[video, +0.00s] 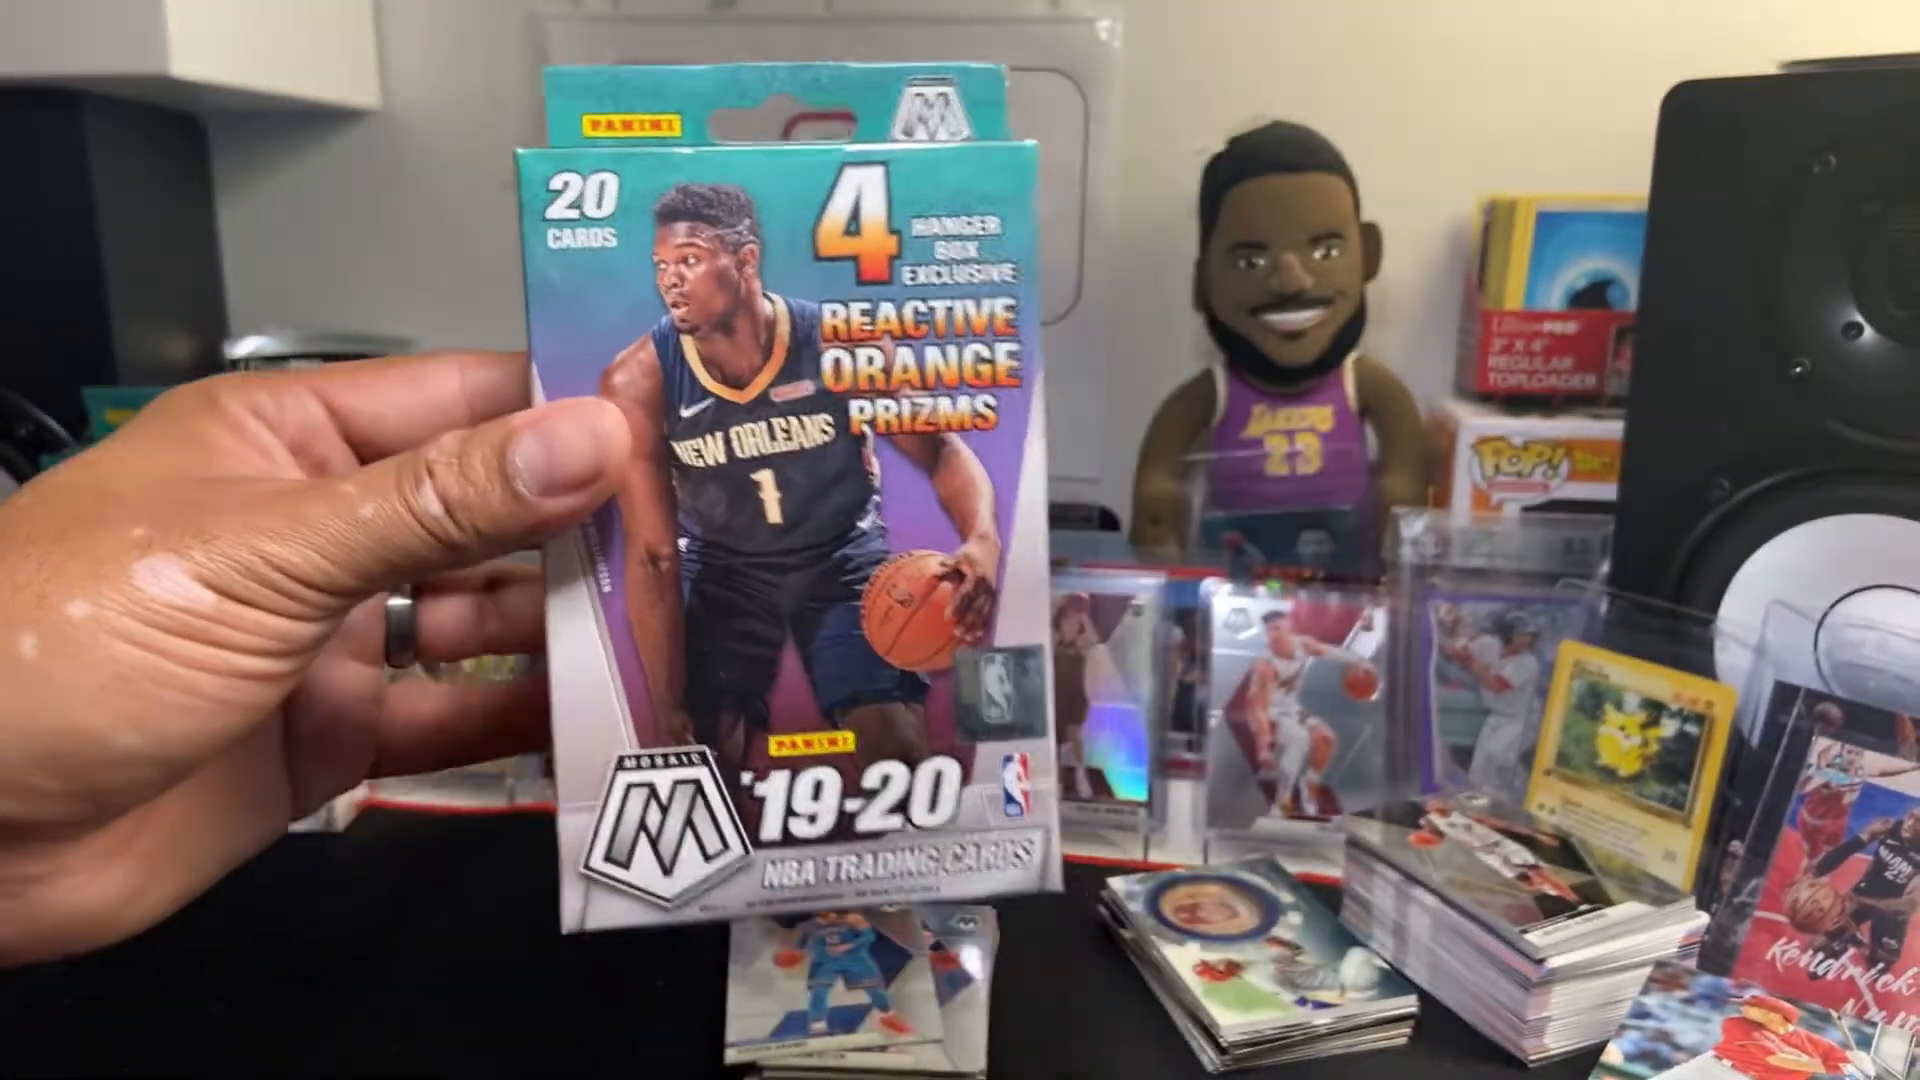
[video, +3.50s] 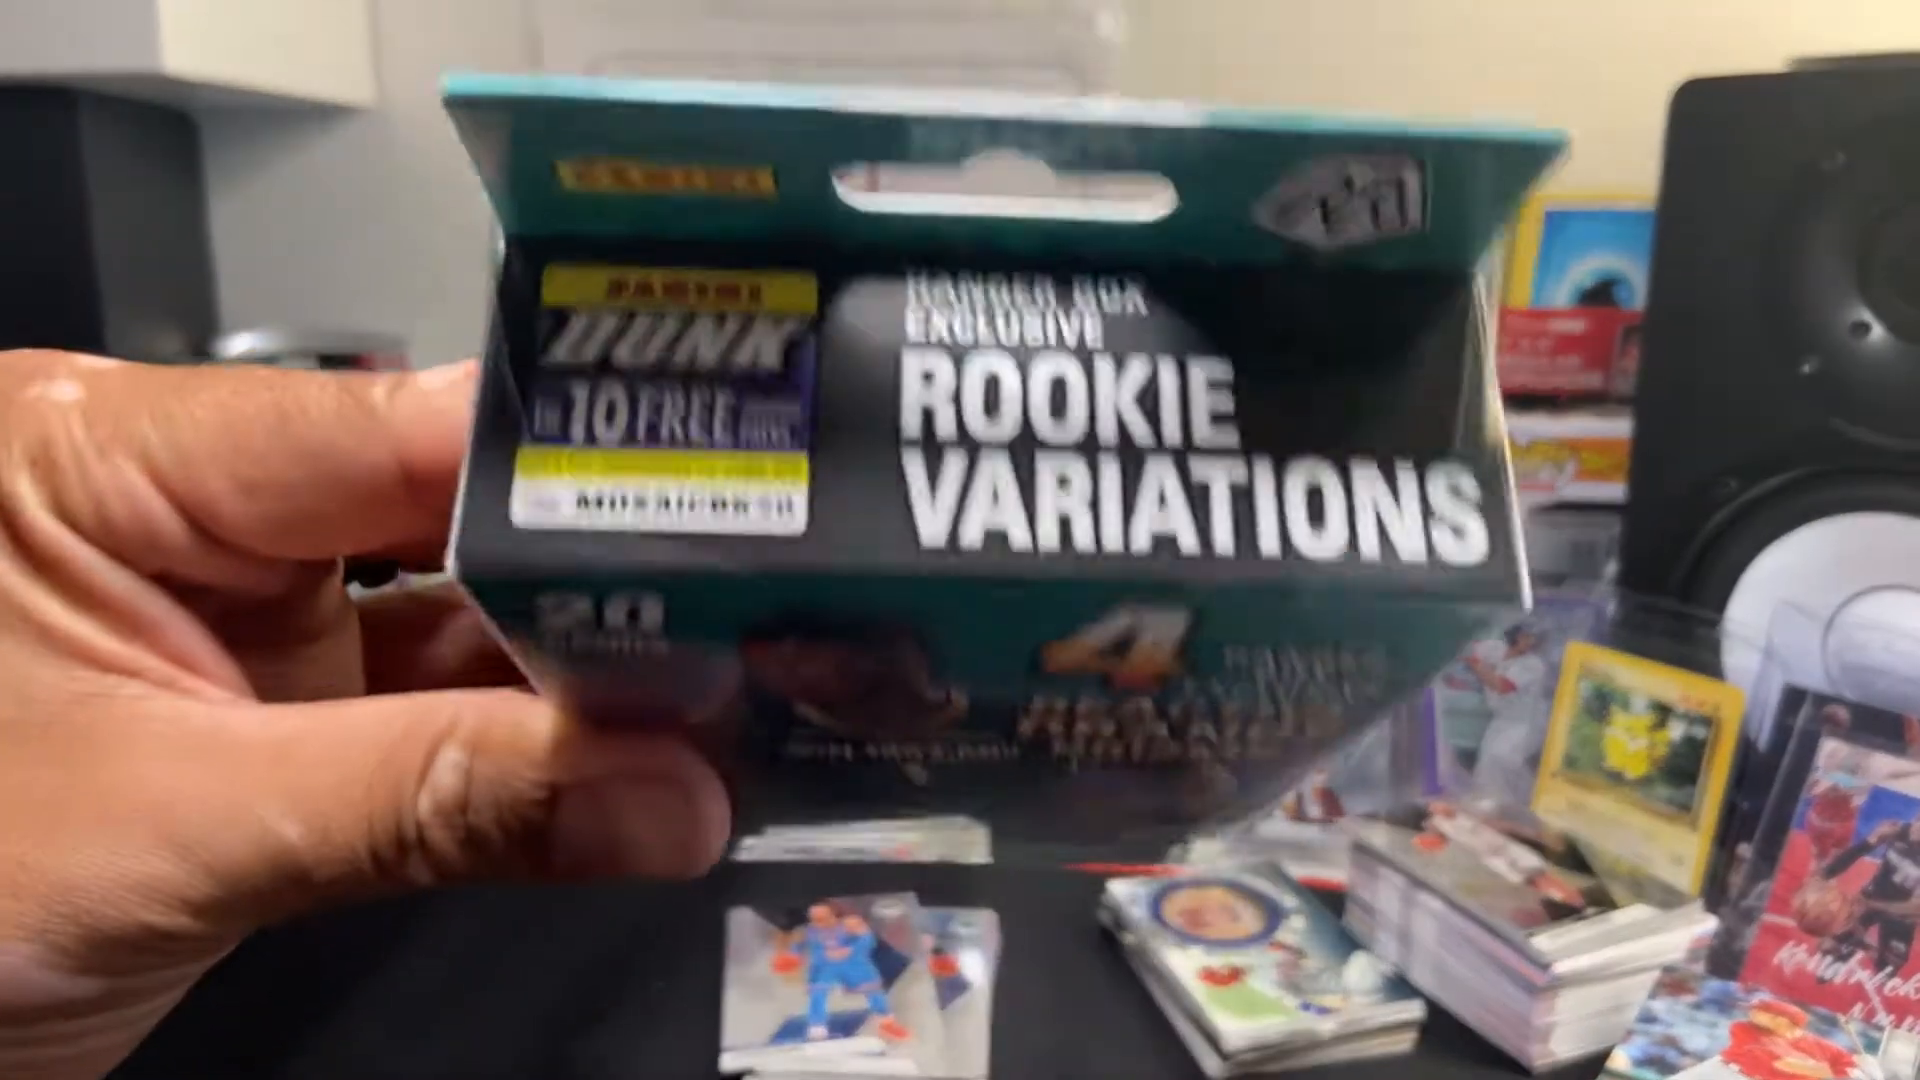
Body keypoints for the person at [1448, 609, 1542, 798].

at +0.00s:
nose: (1527, 640)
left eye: (1530, 635)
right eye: (1522, 634)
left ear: (1532, 638)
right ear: (1510, 635)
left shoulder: (1528, 662)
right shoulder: (1493, 649)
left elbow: (1498, 684)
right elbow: (1460, 651)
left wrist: (1473, 663)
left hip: (1516, 722)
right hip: (1495, 718)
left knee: (1496, 752)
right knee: (1481, 755)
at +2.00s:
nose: (1528, 641)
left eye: (1531, 636)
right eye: (1523, 635)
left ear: (1535, 639)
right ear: (1511, 635)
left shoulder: (1529, 663)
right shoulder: (1492, 645)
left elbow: (1498, 684)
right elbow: (1462, 651)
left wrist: (1471, 661)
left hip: (1521, 722)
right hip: (1496, 718)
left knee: (1497, 751)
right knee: (1481, 763)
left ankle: (1520, 788)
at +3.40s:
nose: (1531, 642)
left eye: (1534, 637)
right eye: (1527, 635)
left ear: (1537, 639)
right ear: (1514, 634)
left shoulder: (1533, 664)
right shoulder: (1494, 646)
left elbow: (1502, 685)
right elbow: (1460, 651)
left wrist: (1475, 662)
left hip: (1520, 723)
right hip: (1498, 719)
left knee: (1501, 755)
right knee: (1484, 757)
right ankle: (1480, 798)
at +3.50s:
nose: (1531, 642)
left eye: (1533, 637)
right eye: (1527, 637)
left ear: (1535, 641)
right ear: (1516, 638)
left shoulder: (1534, 664)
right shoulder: (1503, 656)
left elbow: (1504, 685)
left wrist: (1480, 668)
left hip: (1525, 723)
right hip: (1502, 720)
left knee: (1504, 755)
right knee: (1489, 755)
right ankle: (1484, 798)